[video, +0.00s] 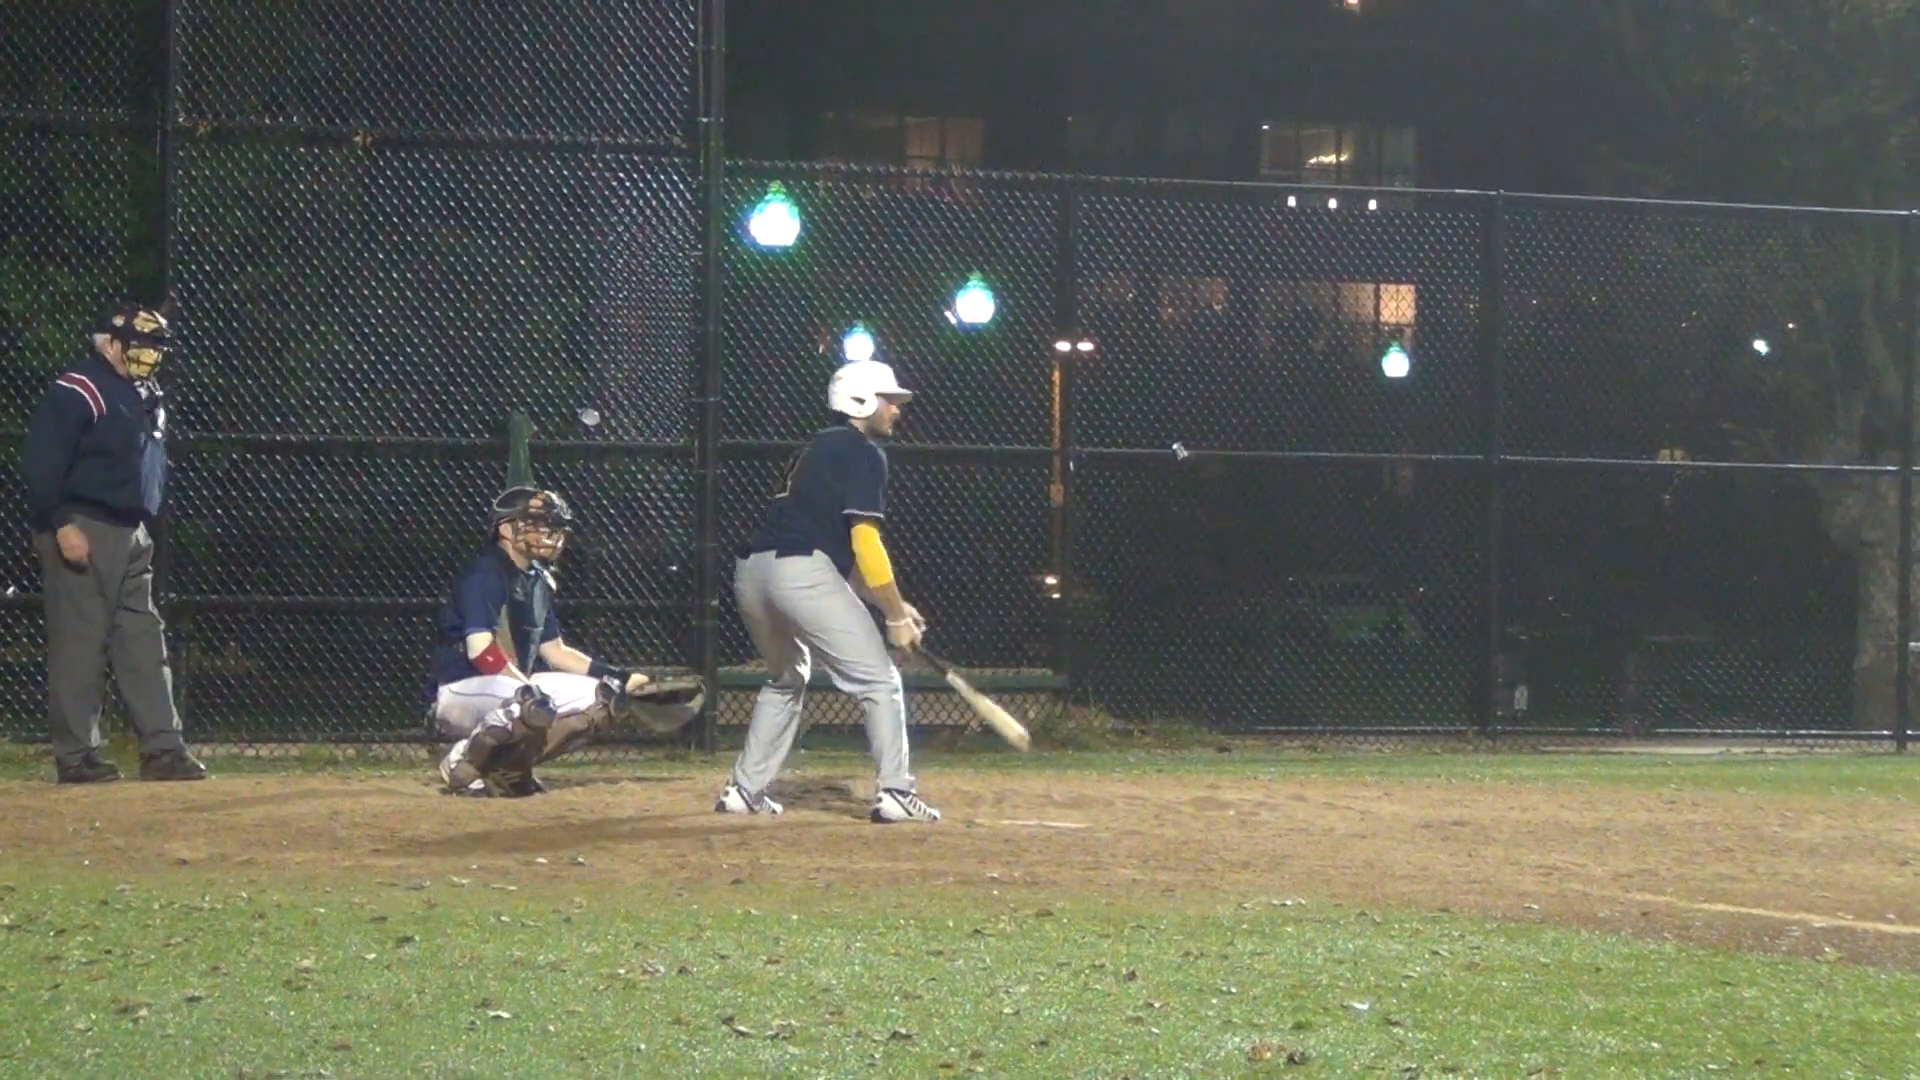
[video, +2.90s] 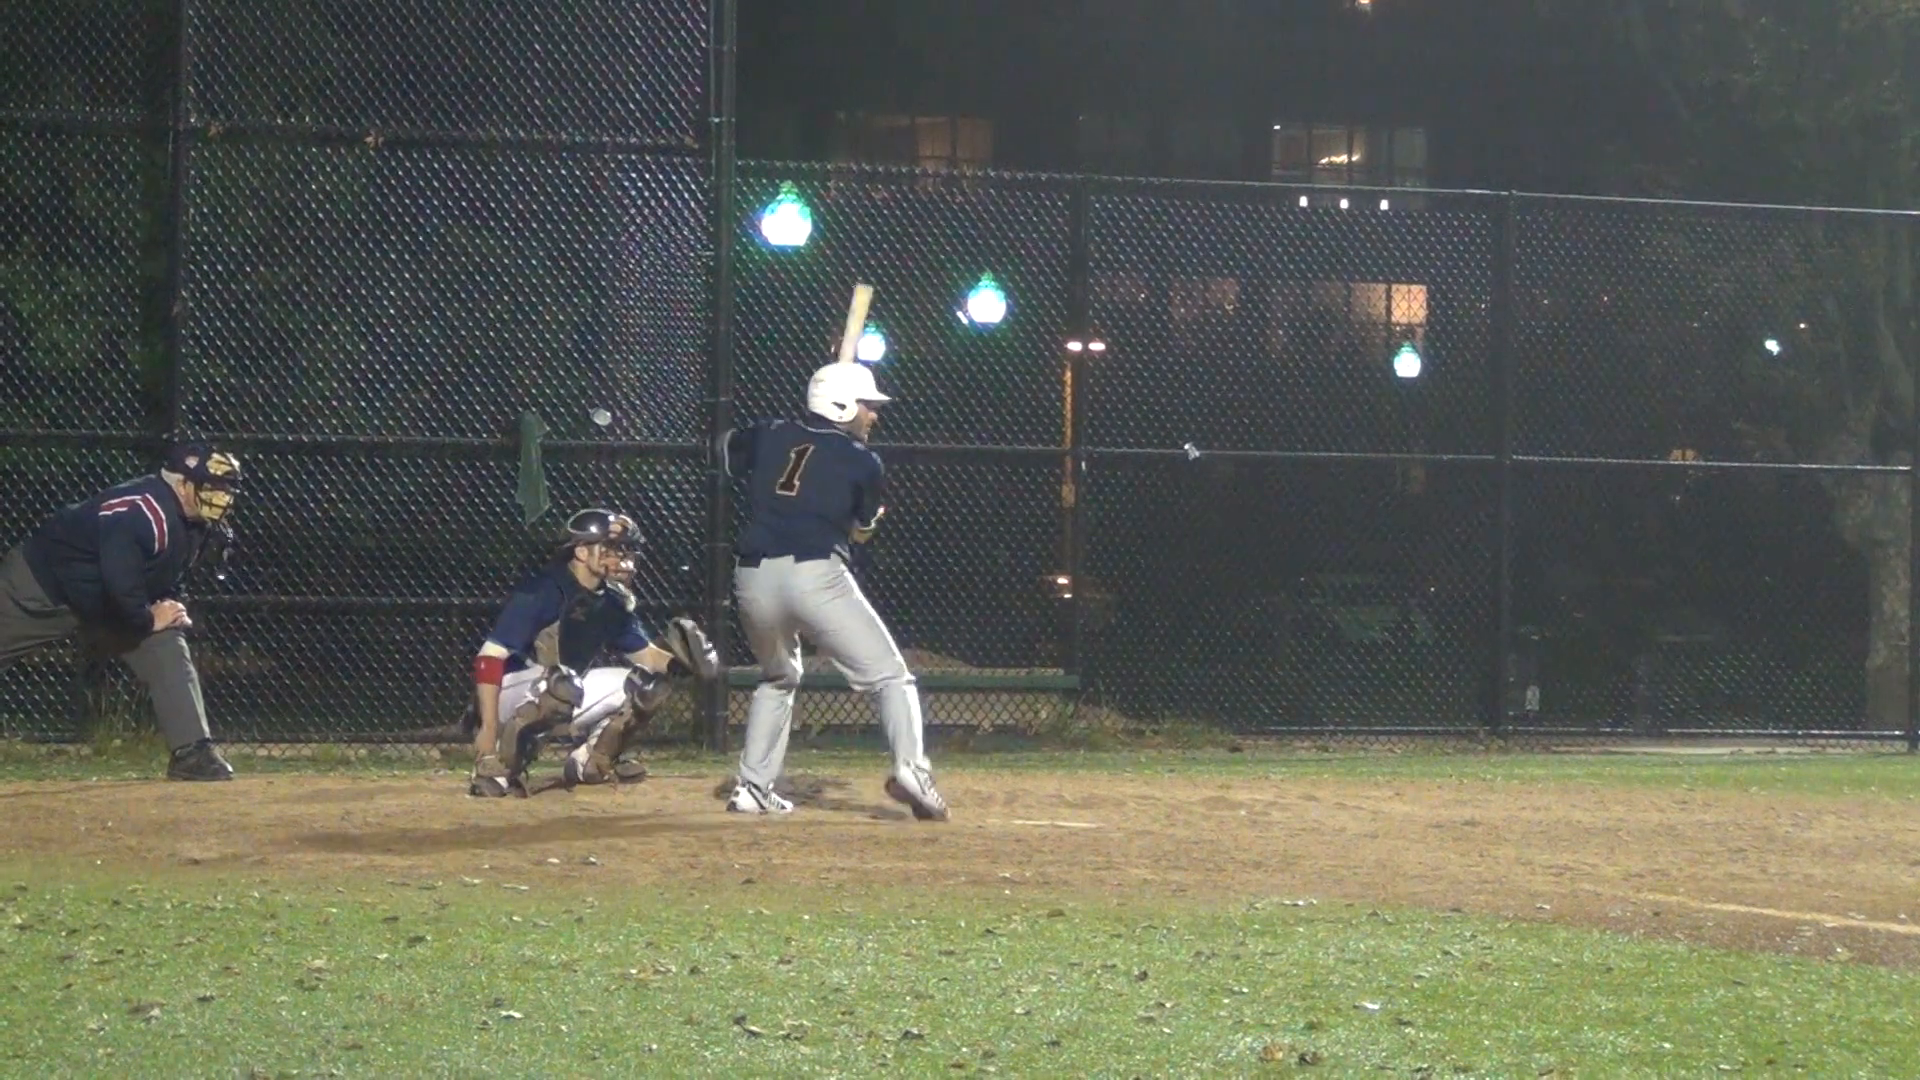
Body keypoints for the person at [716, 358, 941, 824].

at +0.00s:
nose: (897, 409)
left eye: (897, 400)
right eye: (889, 400)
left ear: (852, 407)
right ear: (861, 403)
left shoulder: (819, 447)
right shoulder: (863, 452)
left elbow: (840, 552)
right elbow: (864, 539)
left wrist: (895, 609)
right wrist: (895, 611)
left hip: (750, 570)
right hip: (802, 568)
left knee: (785, 677)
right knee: (879, 680)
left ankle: (745, 790)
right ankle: (897, 793)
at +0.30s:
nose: (861, 399)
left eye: (860, 390)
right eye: (853, 390)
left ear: (810, 396)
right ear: (827, 394)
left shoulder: (772, 435)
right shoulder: (850, 447)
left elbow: (788, 514)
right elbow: (858, 537)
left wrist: (845, 567)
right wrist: (852, 573)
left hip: (737, 567)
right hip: (795, 565)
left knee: (772, 677)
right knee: (869, 683)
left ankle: (746, 790)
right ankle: (898, 790)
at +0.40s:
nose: (857, 397)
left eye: (856, 387)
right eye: (850, 388)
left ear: (804, 391)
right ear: (824, 390)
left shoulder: (759, 432)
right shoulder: (849, 445)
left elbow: (764, 506)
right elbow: (849, 527)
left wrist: (850, 513)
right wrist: (872, 517)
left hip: (737, 564)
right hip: (796, 562)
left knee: (771, 676)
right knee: (869, 676)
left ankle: (747, 789)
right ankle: (899, 787)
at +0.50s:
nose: (854, 397)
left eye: (853, 388)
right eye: (849, 389)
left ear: (796, 388)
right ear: (828, 390)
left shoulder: (752, 431)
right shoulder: (847, 440)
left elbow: (736, 484)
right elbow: (857, 509)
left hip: (741, 566)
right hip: (803, 563)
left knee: (771, 677)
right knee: (867, 682)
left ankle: (747, 790)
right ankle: (895, 791)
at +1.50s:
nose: (889, 409)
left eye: (888, 400)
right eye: (882, 400)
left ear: (834, 401)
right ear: (857, 403)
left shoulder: (788, 441)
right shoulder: (872, 452)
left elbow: (815, 493)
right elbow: (916, 515)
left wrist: (872, 460)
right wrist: (896, 467)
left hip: (761, 584)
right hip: (820, 585)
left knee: (792, 683)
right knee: (898, 691)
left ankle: (751, 790)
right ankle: (906, 794)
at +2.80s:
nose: (883, 418)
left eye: (883, 409)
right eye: (877, 409)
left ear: (830, 409)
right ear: (850, 409)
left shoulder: (774, 443)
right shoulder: (868, 462)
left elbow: (751, 481)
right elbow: (883, 535)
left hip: (756, 581)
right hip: (819, 581)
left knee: (786, 680)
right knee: (889, 690)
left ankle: (754, 787)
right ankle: (908, 789)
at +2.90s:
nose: (875, 415)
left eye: (875, 406)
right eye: (868, 406)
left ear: (819, 404)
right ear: (842, 406)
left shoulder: (770, 433)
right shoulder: (863, 462)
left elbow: (723, 451)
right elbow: (859, 531)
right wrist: (874, 511)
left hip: (753, 578)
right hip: (817, 576)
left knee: (777, 678)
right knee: (890, 677)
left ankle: (752, 786)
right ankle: (911, 770)